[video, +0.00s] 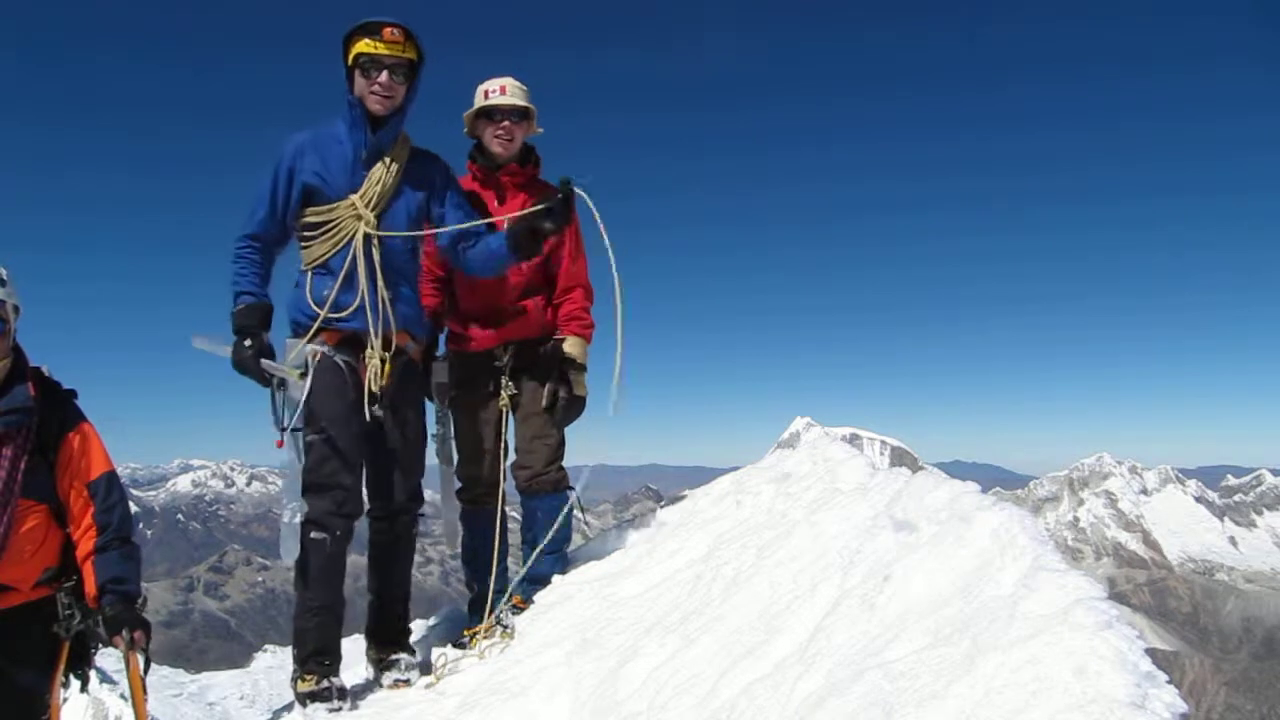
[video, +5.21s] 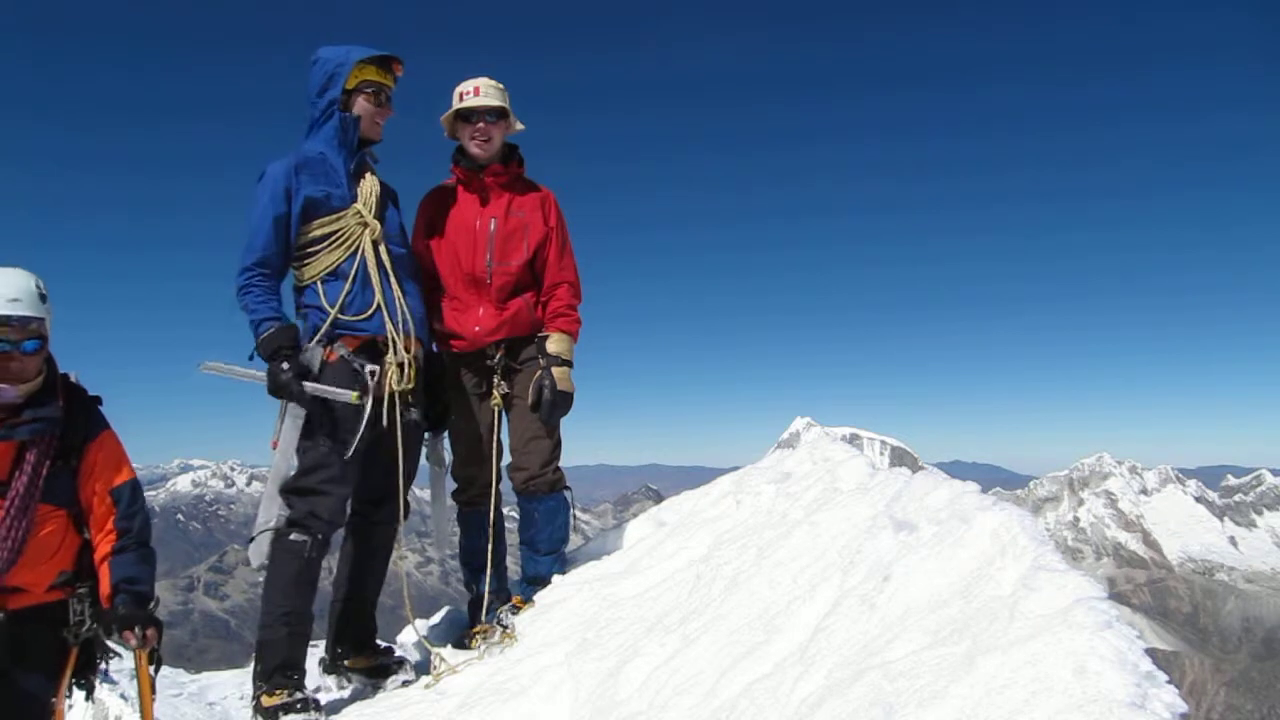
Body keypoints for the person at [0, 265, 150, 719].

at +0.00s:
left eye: (1, 320)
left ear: (13, 323)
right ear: (5, 322)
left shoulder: (47, 409)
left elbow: (99, 507)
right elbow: (99, 507)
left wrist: (116, 597)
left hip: (24, 617)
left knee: (21, 707)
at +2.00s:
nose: (1, 328)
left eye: (1, 316)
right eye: (1, 316)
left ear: (10, 319)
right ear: (7, 320)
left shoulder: (45, 409)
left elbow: (97, 507)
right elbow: (98, 507)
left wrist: (118, 596)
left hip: (24, 620)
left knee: (20, 704)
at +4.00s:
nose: (1, 335)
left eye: (3, 321)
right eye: (1, 321)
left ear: (15, 323)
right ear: (8, 323)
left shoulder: (50, 411)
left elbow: (102, 510)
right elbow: (103, 511)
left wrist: (122, 598)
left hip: (24, 619)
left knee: (20, 705)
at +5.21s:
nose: (15, 357)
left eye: (30, 341)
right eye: (4, 340)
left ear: (48, 343)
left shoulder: (74, 419)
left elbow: (119, 513)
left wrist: (129, 598)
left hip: (36, 618)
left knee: (24, 705)